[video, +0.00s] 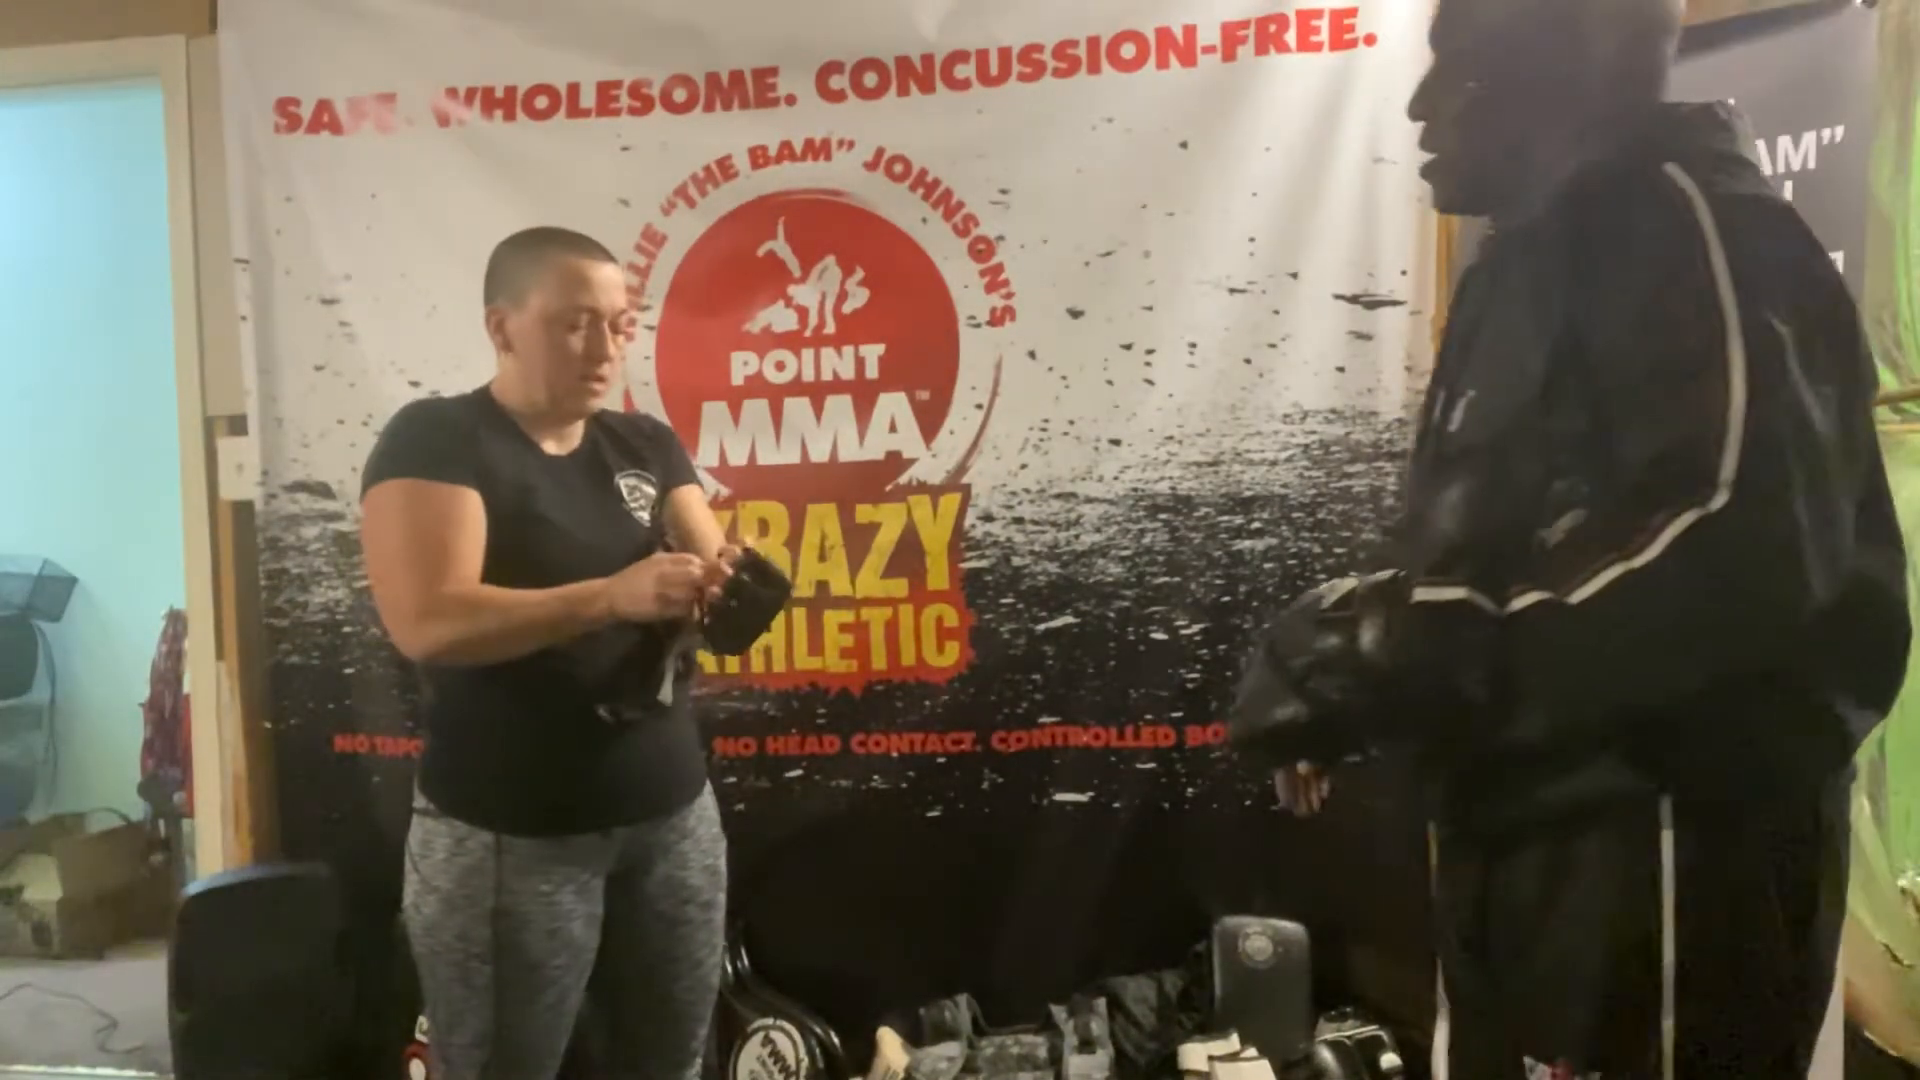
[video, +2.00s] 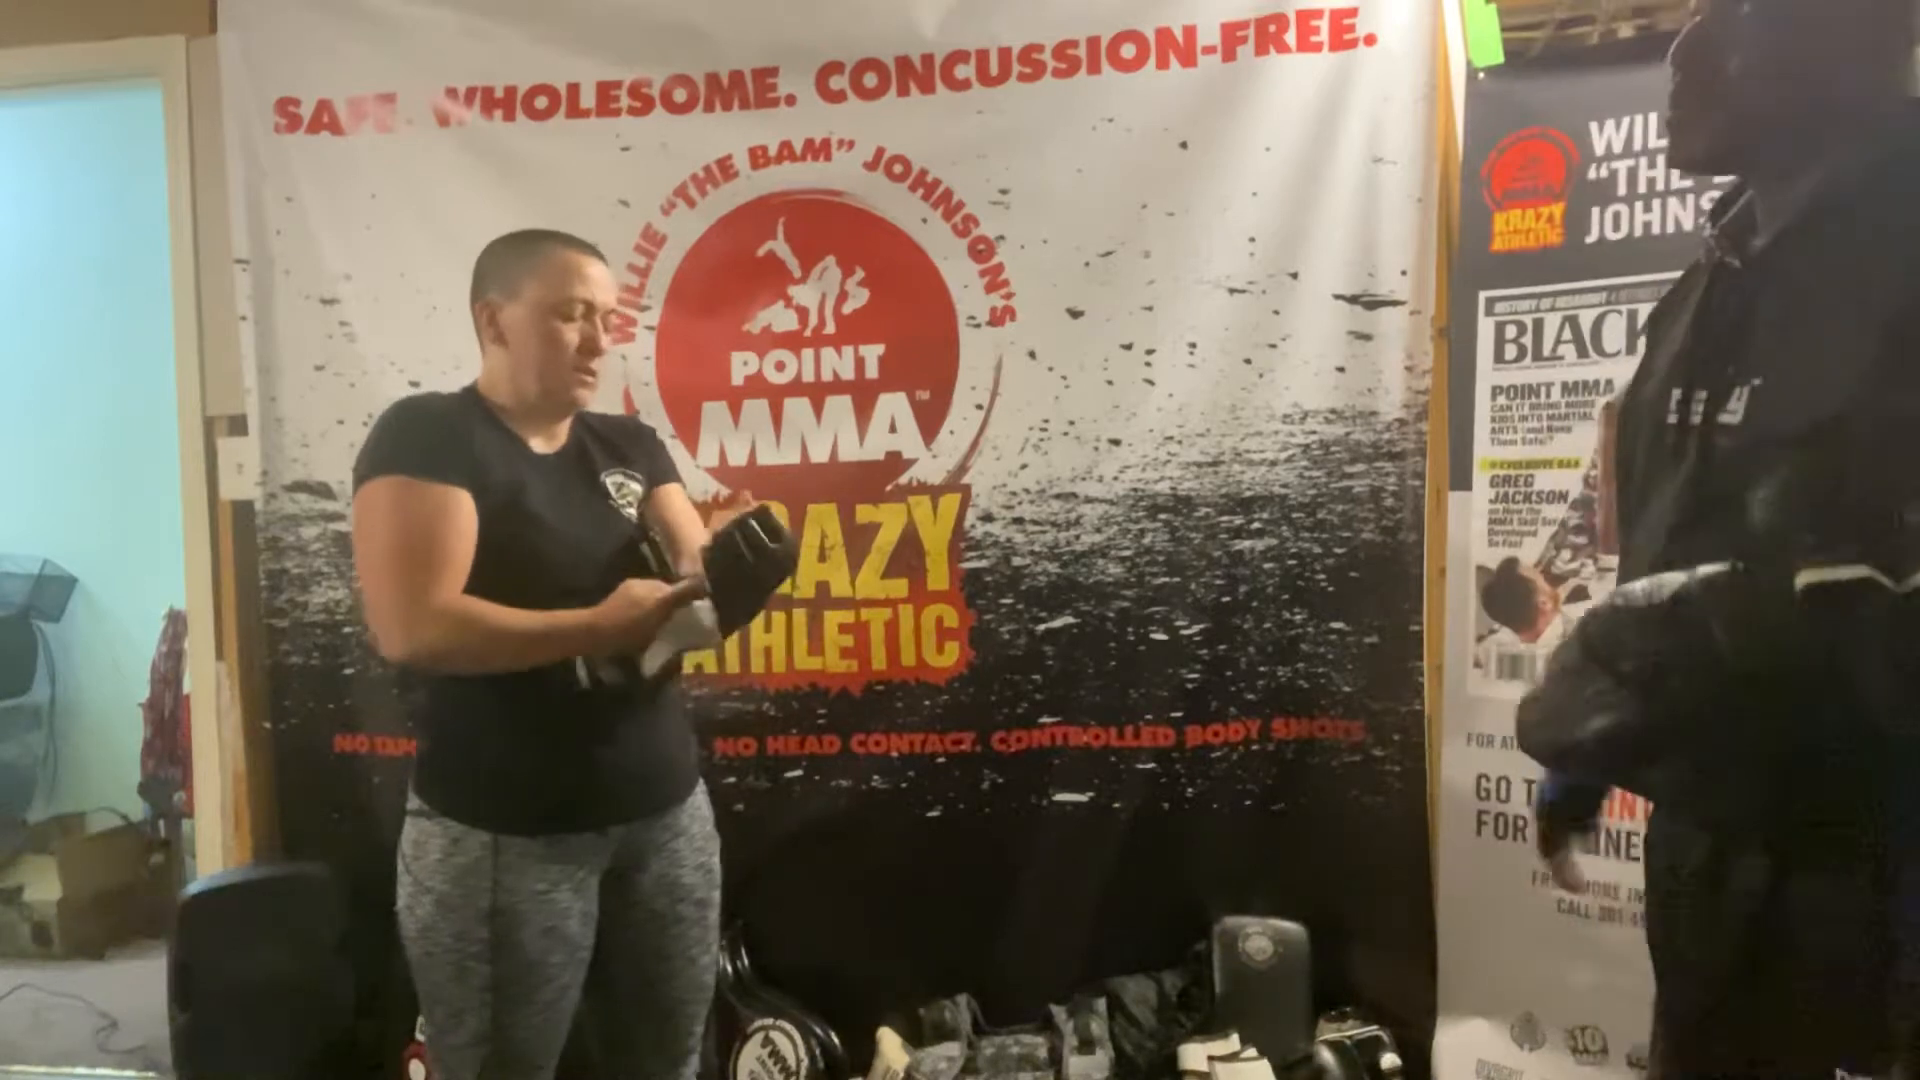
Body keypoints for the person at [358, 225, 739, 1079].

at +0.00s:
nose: (606, 349)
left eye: (617, 327)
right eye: (578, 323)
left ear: (626, 331)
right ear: (503, 326)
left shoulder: (647, 445)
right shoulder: (431, 441)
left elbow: (724, 586)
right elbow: (425, 621)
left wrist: (727, 587)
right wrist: (611, 594)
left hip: (670, 828)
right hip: (504, 843)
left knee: (662, 1065)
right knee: (498, 1069)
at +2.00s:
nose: (599, 339)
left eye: (606, 319)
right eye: (572, 312)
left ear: (613, 328)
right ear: (491, 319)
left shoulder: (628, 444)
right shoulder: (424, 436)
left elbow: (700, 581)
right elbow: (412, 626)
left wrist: (727, 549)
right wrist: (600, 627)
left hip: (664, 828)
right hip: (499, 846)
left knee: (658, 1065)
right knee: (496, 1068)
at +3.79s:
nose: (546, 351)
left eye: (557, 329)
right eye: (524, 323)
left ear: (564, 331)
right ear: (439, 314)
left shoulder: (560, 439)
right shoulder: (364, 437)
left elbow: (661, 568)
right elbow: (413, 597)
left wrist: (621, 625)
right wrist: (611, 580)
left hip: (609, 828)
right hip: (448, 852)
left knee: (635, 1065)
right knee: (467, 1067)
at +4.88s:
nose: (609, 356)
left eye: (617, 335)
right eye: (590, 329)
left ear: (621, 340)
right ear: (508, 318)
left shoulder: (625, 448)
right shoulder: (421, 433)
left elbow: (704, 587)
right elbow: (449, 610)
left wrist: (736, 656)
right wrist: (634, 589)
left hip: (653, 825)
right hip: (490, 842)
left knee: (656, 1064)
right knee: (493, 1068)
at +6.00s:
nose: (642, 362)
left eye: (652, 339)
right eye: (620, 333)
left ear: (657, 336)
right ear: (542, 323)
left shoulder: (654, 443)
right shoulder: (454, 423)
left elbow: (697, 589)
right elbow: (441, 608)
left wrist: (749, 620)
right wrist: (631, 635)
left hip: (673, 827)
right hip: (511, 840)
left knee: (656, 1065)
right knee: (500, 1067)